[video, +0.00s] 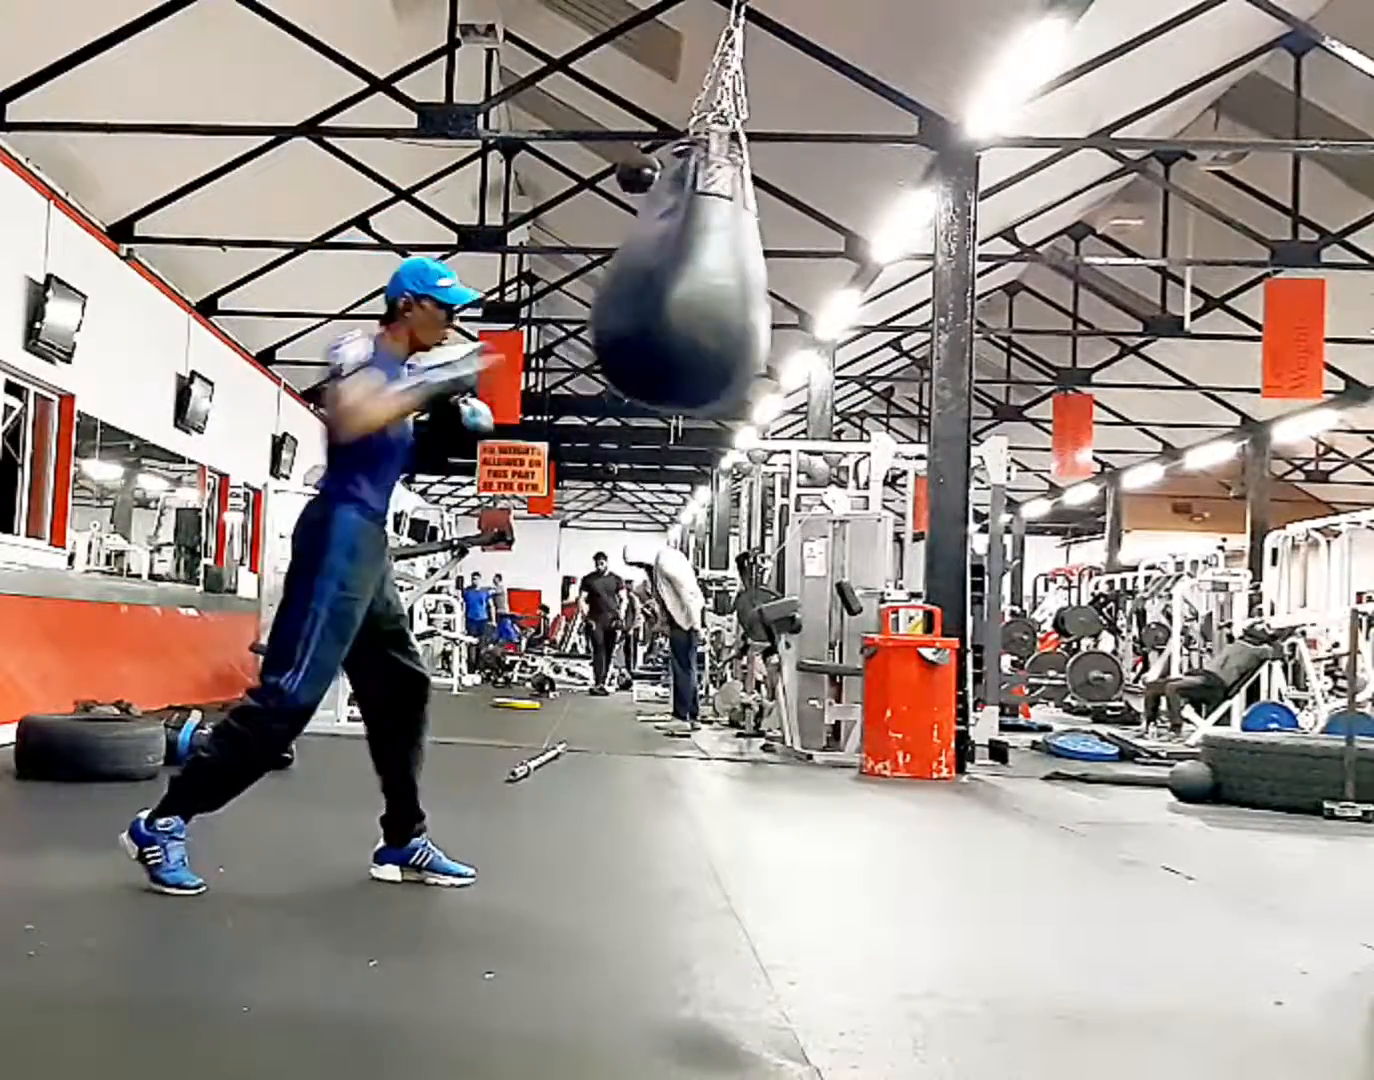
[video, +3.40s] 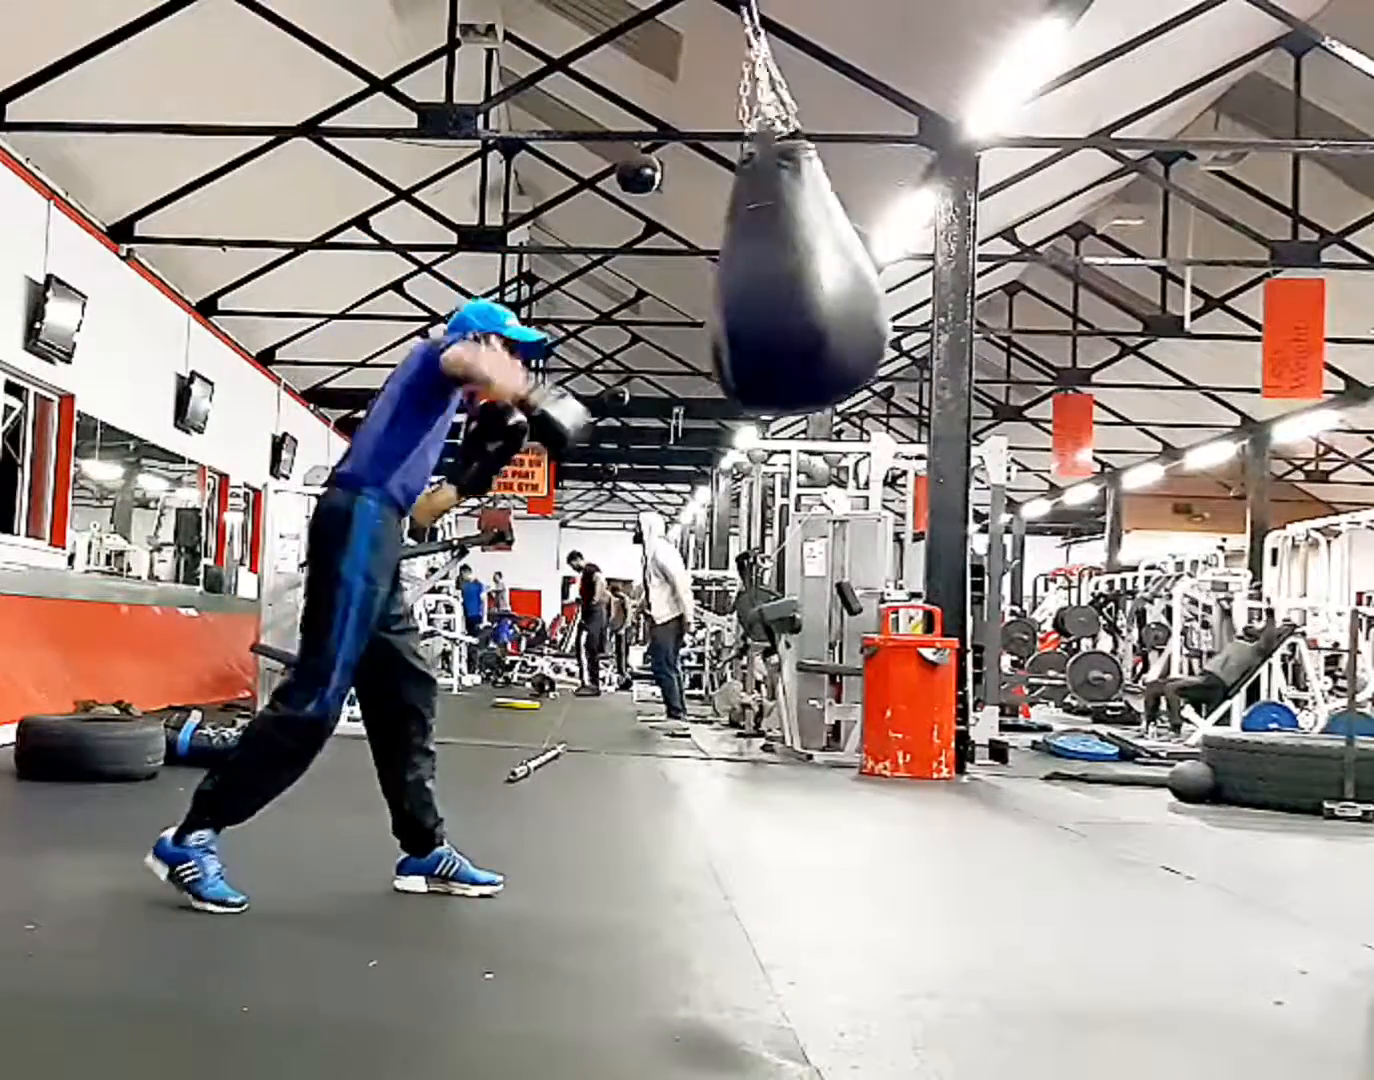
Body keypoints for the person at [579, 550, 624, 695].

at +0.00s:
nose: (600, 565)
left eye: (602, 562)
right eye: (598, 563)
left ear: (607, 563)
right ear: (595, 564)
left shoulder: (616, 579)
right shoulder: (588, 579)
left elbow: (624, 598)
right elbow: (581, 599)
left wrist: (620, 615)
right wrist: (585, 615)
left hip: (611, 617)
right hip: (595, 617)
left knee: (608, 649)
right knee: (598, 648)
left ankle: (603, 679)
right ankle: (599, 681)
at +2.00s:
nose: (590, 566)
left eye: (591, 562)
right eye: (588, 563)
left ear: (597, 559)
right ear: (588, 563)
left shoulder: (608, 575)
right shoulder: (598, 576)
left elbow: (608, 602)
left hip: (606, 621)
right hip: (597, 620)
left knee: (603, 654)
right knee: (595, 654)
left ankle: (604, 685)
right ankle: (594, 683)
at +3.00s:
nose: (577, 566)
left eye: (577, 562)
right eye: (575, 563)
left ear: (584, 558)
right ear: (579, 561)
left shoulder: (597, 571)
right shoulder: (588, 576)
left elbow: (603, 587)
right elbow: (589, 598)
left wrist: (588, 598)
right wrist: (581, 600)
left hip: (599, 617)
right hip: (590, 617)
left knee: (596, 652)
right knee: (590, 652)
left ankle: (600, 686)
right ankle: (594, 684)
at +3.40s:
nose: (573, 568)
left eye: (573, 564)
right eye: (572, 565)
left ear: (579, 559)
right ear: (575, 563)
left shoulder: (591, 570)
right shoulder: (586, 574)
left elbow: (599, 581)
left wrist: (595, 598)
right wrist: (580, 600)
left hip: (594, 612)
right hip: (591, 613)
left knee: (582, 646)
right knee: (591, 649)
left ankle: (587, 683)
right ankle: (593, 683)